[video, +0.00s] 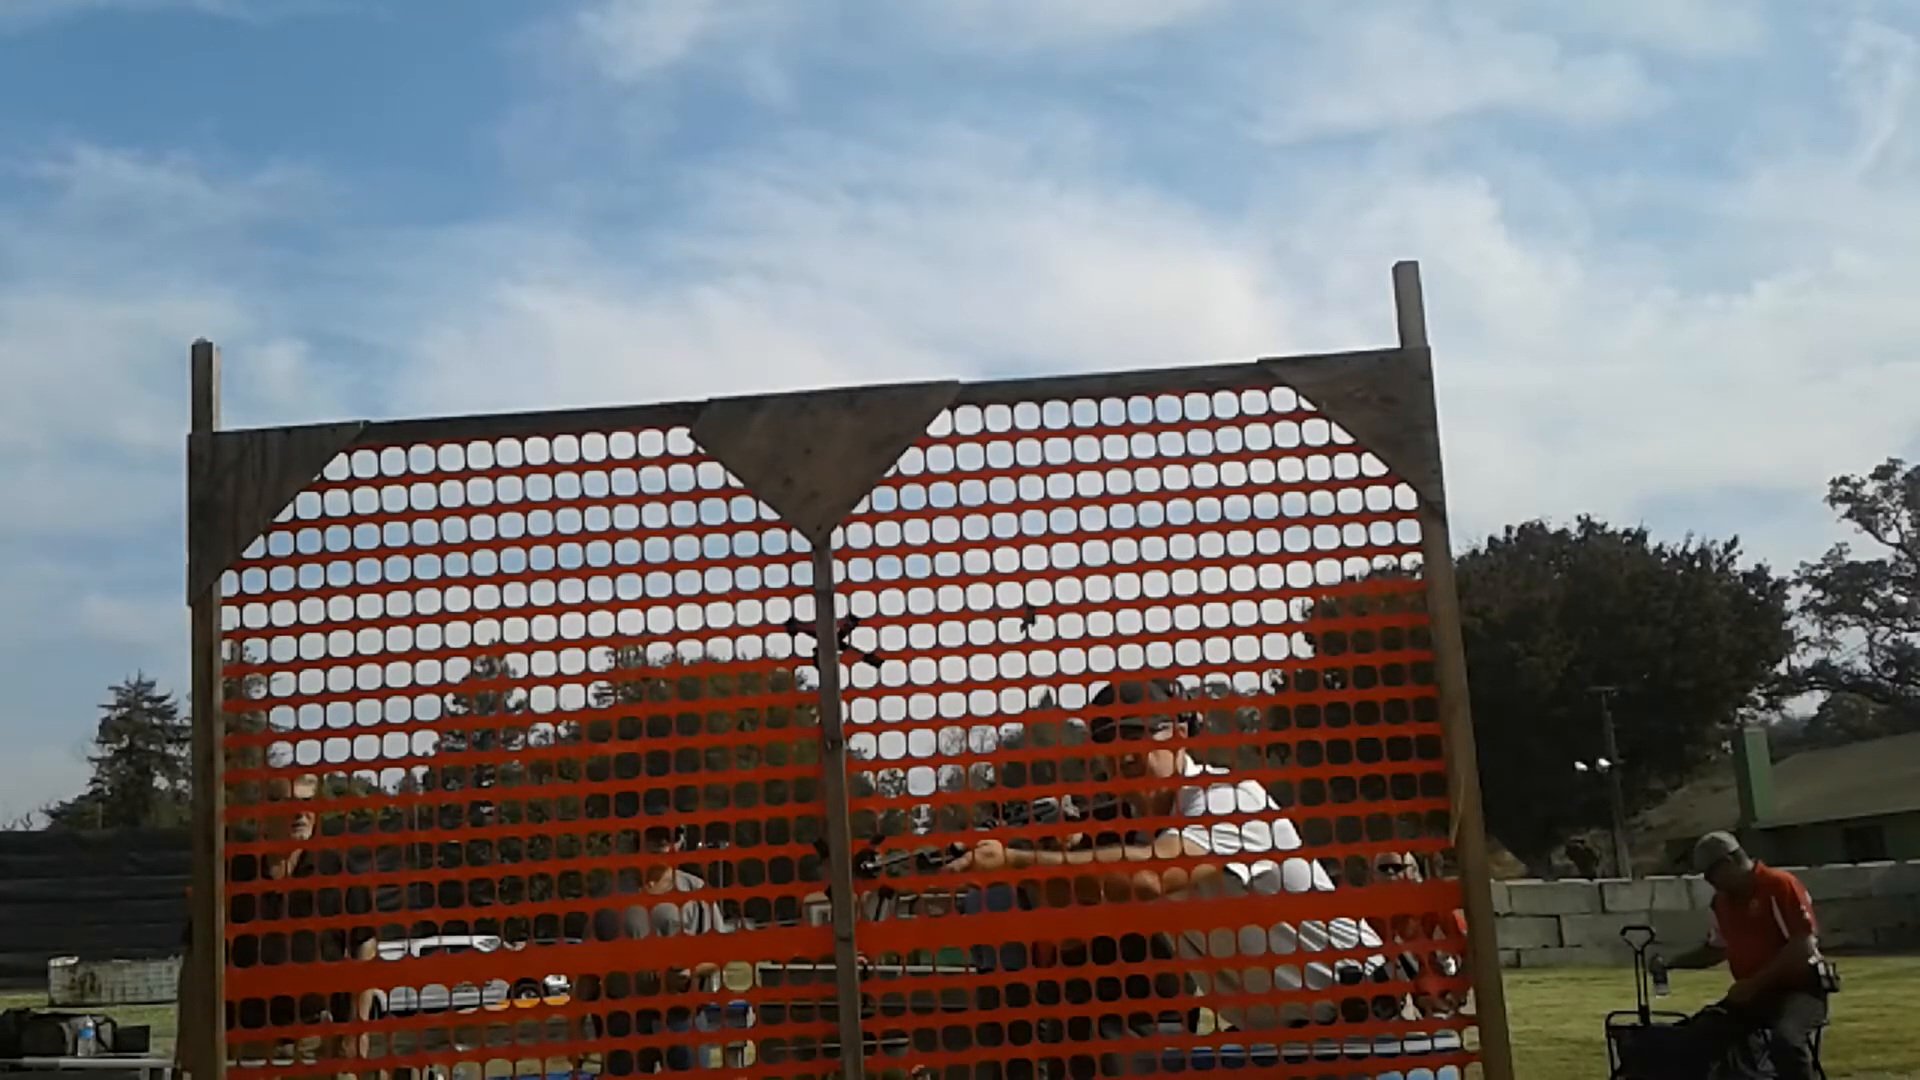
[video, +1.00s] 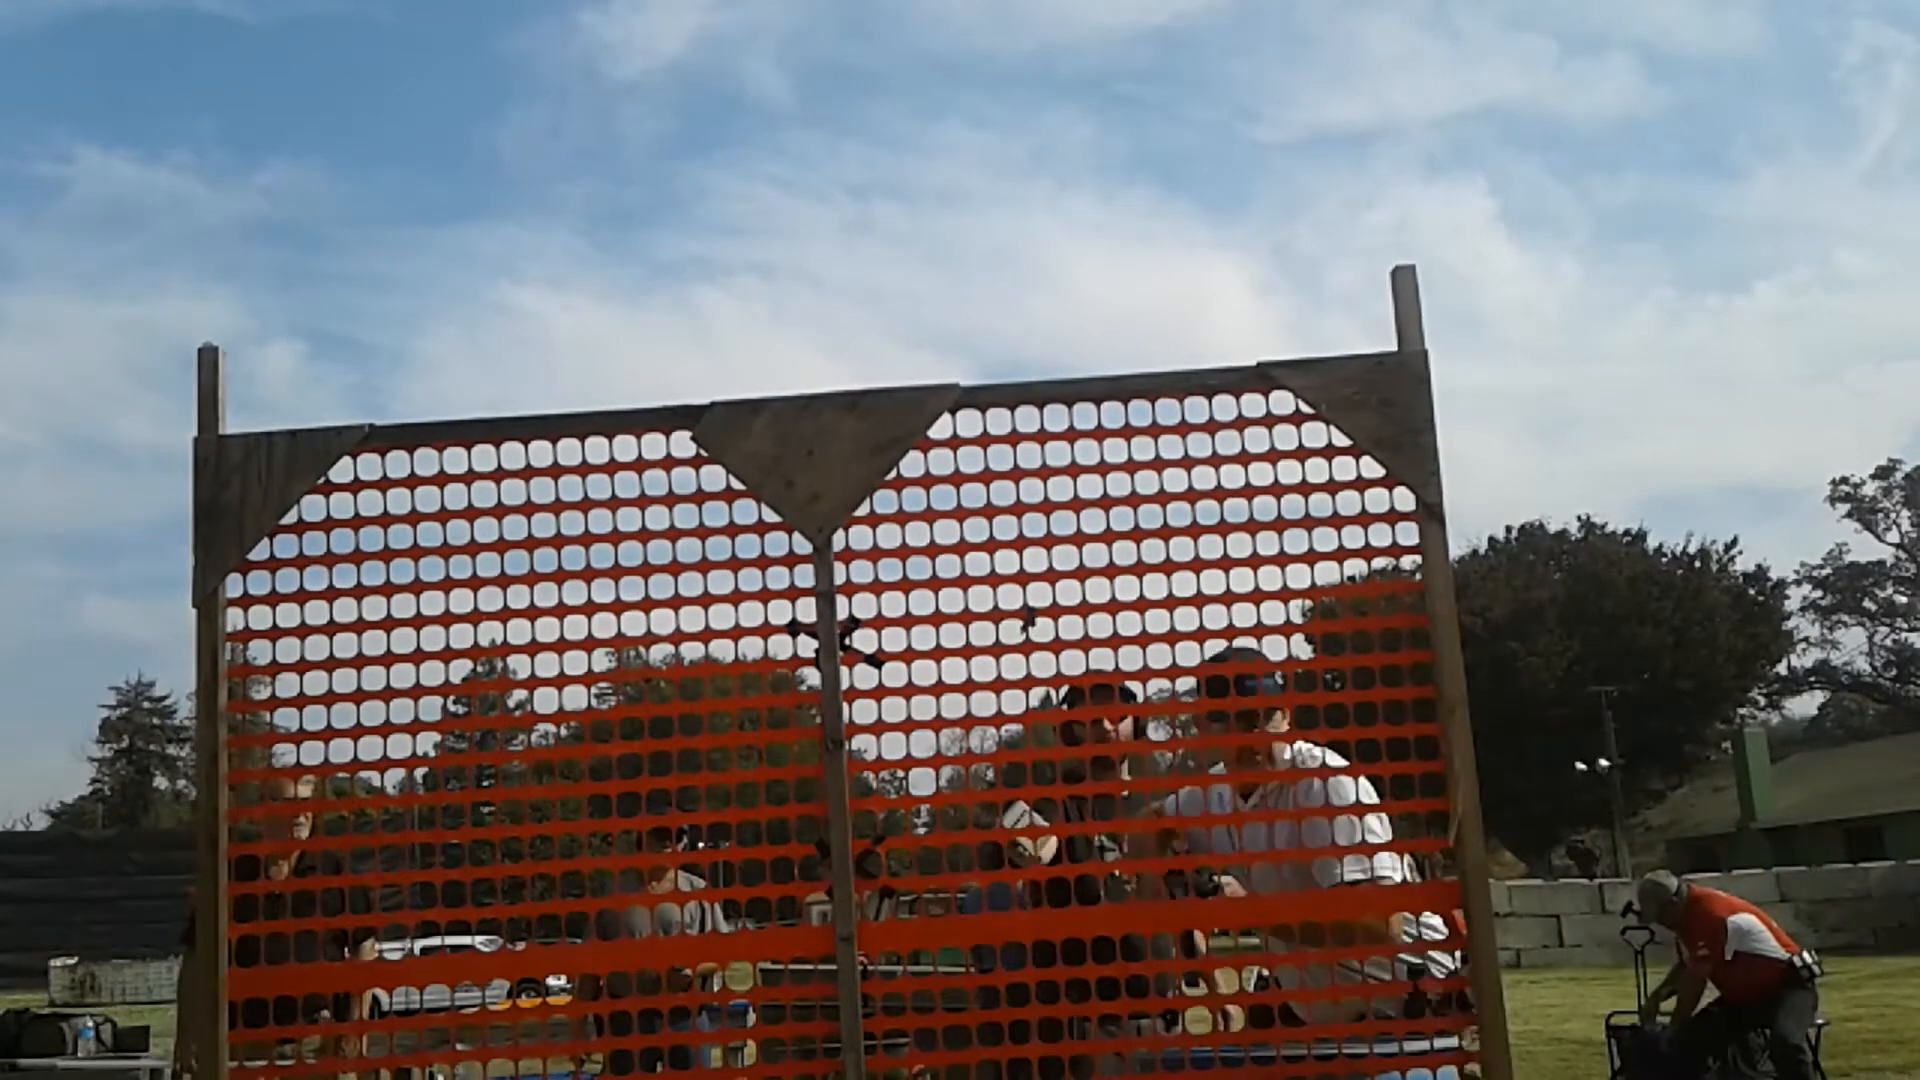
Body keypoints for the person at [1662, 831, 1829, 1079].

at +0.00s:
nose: (1709, 882)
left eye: (1712, 873)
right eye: (1706, 876)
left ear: (1732, 860)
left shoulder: (1781, 884)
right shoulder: (1723, 899)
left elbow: (1805, 946)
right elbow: (1718, 949)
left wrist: (1752, 985)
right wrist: (1671, 962)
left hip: (1800, 991)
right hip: (1754, 993)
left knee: (1786, 1042)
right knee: (1697, 1036)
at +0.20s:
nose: (1693, 895)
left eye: (1694, 887)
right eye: (1690, 890)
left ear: (1709, 872)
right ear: (1707, 875)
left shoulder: (1757, 888)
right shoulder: (1708, 908)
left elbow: (1762, 956)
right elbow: (1707, 957)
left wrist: (1716, 992)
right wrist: (1662, 974)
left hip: (1795, 990)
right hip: (1750, 992)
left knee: (1787, 1041)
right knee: (1692, 1038)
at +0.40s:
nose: (1680, 906)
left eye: (1680, 898)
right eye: (1676, 901)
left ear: (1696, 884)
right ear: (1692, 885)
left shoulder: (1735, 896)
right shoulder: (1696, 908)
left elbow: (1727, 965)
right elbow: (1700, 961)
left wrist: (1687, 1006)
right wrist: (1658, 984)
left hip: (1792, 990)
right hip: (1746, 994)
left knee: (1788, 1043)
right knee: (1686, 1039)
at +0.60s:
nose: (1670, 916)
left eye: (1670, 909)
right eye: (1666, 912)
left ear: (1683, 893)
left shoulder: (1719, 906)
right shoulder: (1690, 912)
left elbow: (1708, 974)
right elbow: (1692, 965)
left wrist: (1682, 1017)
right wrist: (1651, 992)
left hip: (1791, 989)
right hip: (1745, 995)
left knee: (1789, 1044)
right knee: (1687, 1039)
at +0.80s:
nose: (1663, 923)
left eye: (1663, 915)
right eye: (1658, 918)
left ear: (1676, 901)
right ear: (1675, 898)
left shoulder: (1708, 912)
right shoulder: (1687, 914)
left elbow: (1701, 979)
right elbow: (1689, 966)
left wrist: (1682, 1026)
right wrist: (1653, 992)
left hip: (1790, 988)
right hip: (1744, 994)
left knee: (1788, 1041)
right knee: (1688, 1038)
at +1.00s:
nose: (1661, 924)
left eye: (1660, 916)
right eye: (1656, 919)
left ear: (1674, 902)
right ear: (1673, 899)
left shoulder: (1707, 913)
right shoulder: (1686, 915)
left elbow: (1695, 981)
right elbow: (1687, 966)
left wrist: (1674, 1030)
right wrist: (1655, 1000)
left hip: (1790, 988)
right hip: (1745, 994)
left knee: (1786, 1042)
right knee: (1685, 1041)